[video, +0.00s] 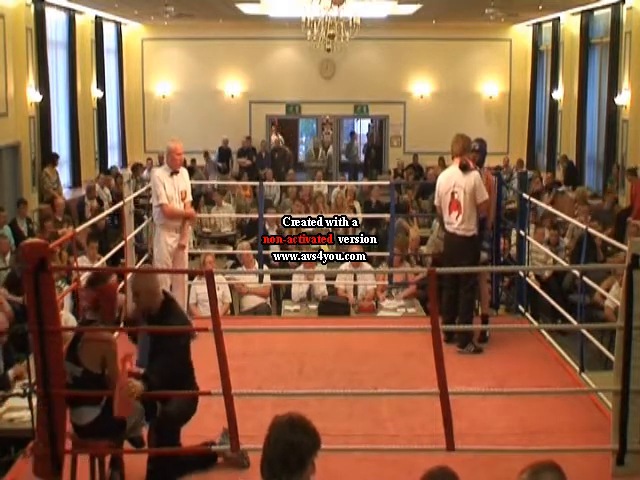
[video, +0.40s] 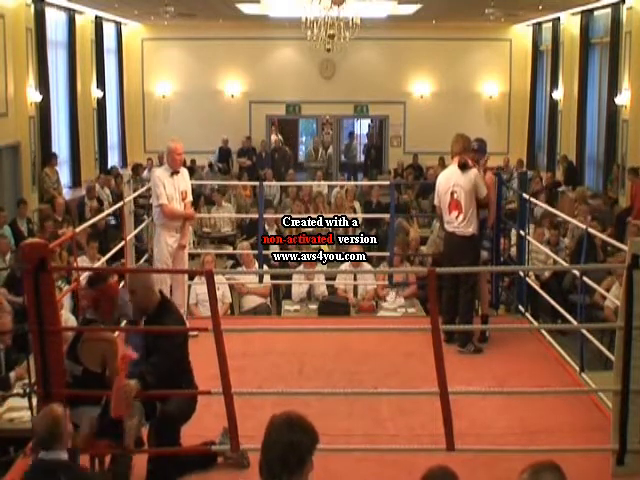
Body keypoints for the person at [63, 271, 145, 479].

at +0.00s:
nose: (116, 301)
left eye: (116, 295)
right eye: (112, 296)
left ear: (93, 299)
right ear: (99, 300)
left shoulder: (82, 329)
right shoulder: (105, 339)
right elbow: (115, 385)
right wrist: (135, 385)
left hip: (79, 420)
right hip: (97, 423)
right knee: (136, 408)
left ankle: (115, 462)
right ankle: (134, 432)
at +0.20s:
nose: (118, 302)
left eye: (117, 296)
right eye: (114, 297)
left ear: (92, 302)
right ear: (104, 302)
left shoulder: (80, 331)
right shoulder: (107, 340)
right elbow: (115, 383)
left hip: (78, 421)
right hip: (96, 424)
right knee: (137, 407)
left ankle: (116, 461)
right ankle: (134, 433)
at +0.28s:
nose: (118, 301)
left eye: (116, 295)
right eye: (114, 296)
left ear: (91, 302)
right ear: (103, 302)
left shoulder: (81, 330)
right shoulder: (106, 339)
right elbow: (115, 383)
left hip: (78, 419)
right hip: (95, 423)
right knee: (137, 410)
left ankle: (118, 463)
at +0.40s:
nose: (116, 304)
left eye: (115, 297)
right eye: (113, 298)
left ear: (93, 300)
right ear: (102, 301)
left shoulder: (82, 328)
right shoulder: (108, 340)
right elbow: (114, 381)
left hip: (75, 407)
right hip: (92, 411)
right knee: (134, 411)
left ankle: (118, 466)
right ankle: (120, 468)